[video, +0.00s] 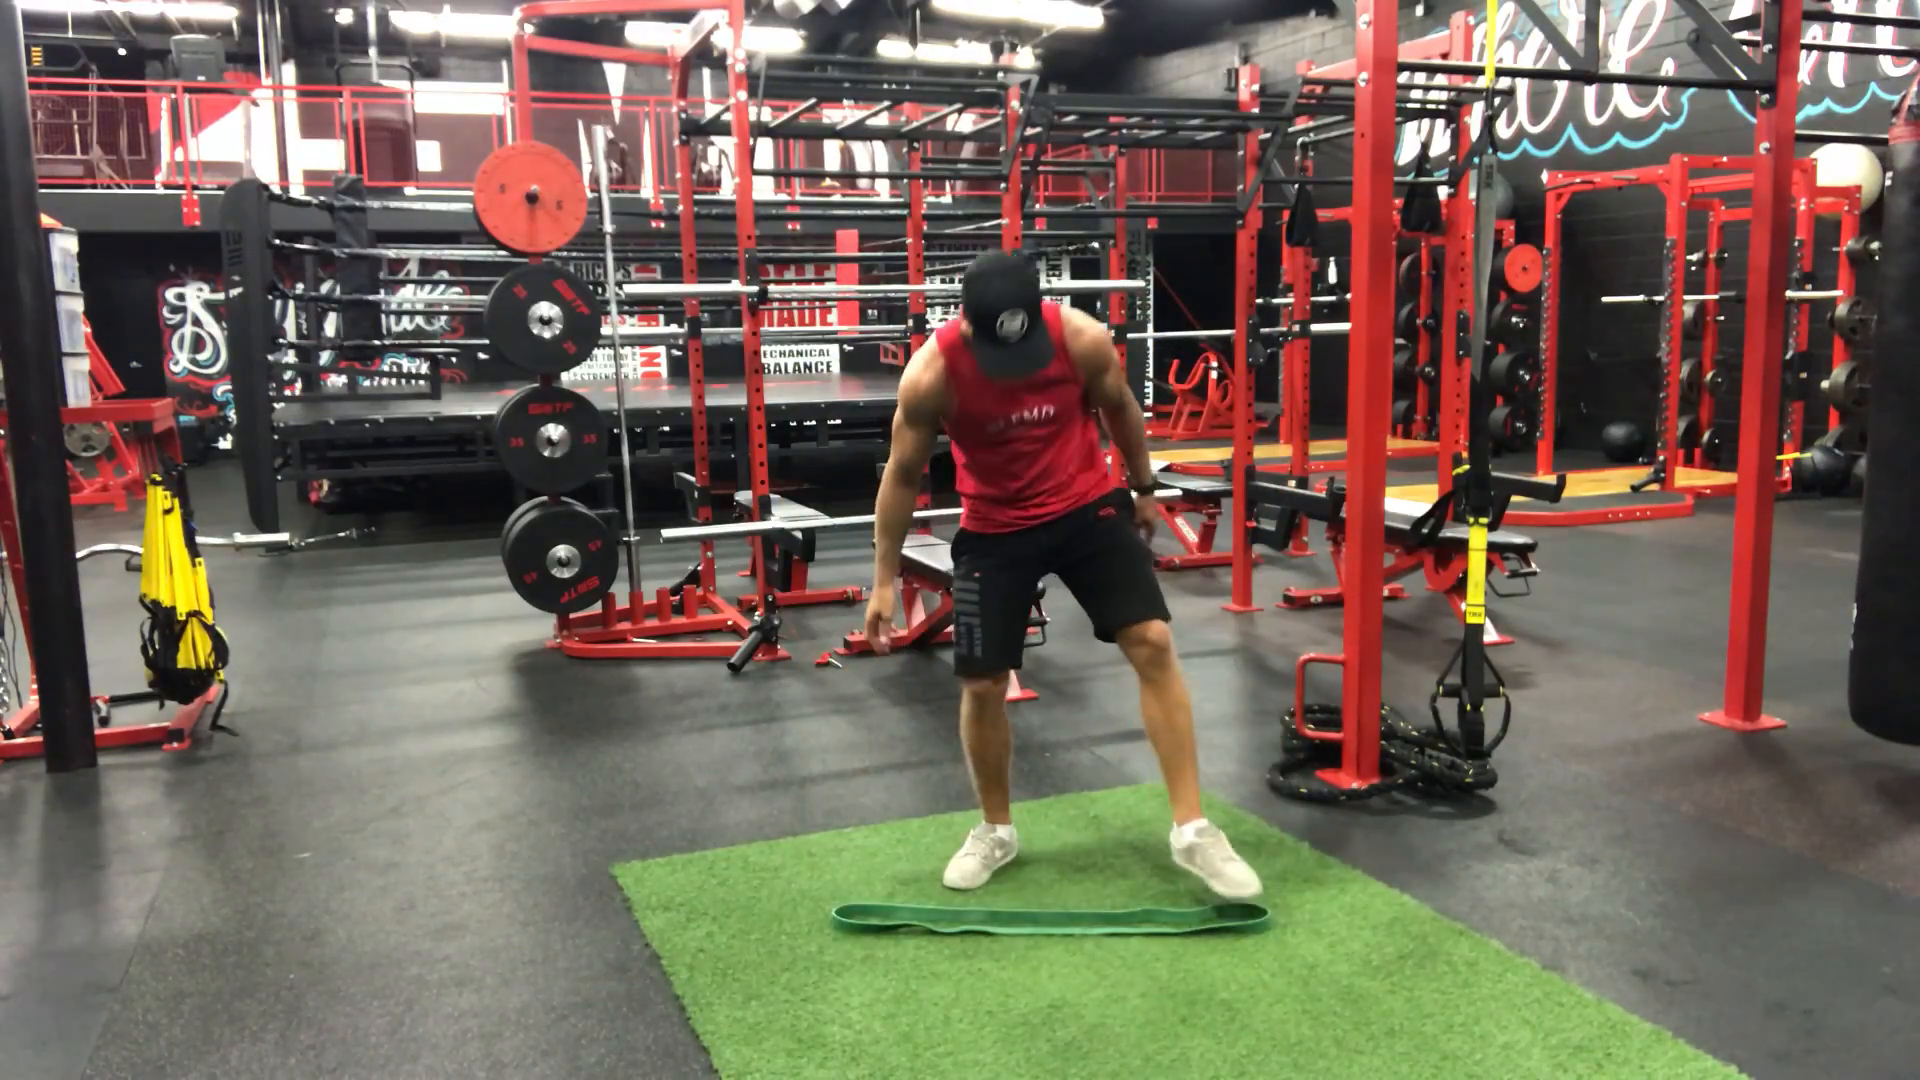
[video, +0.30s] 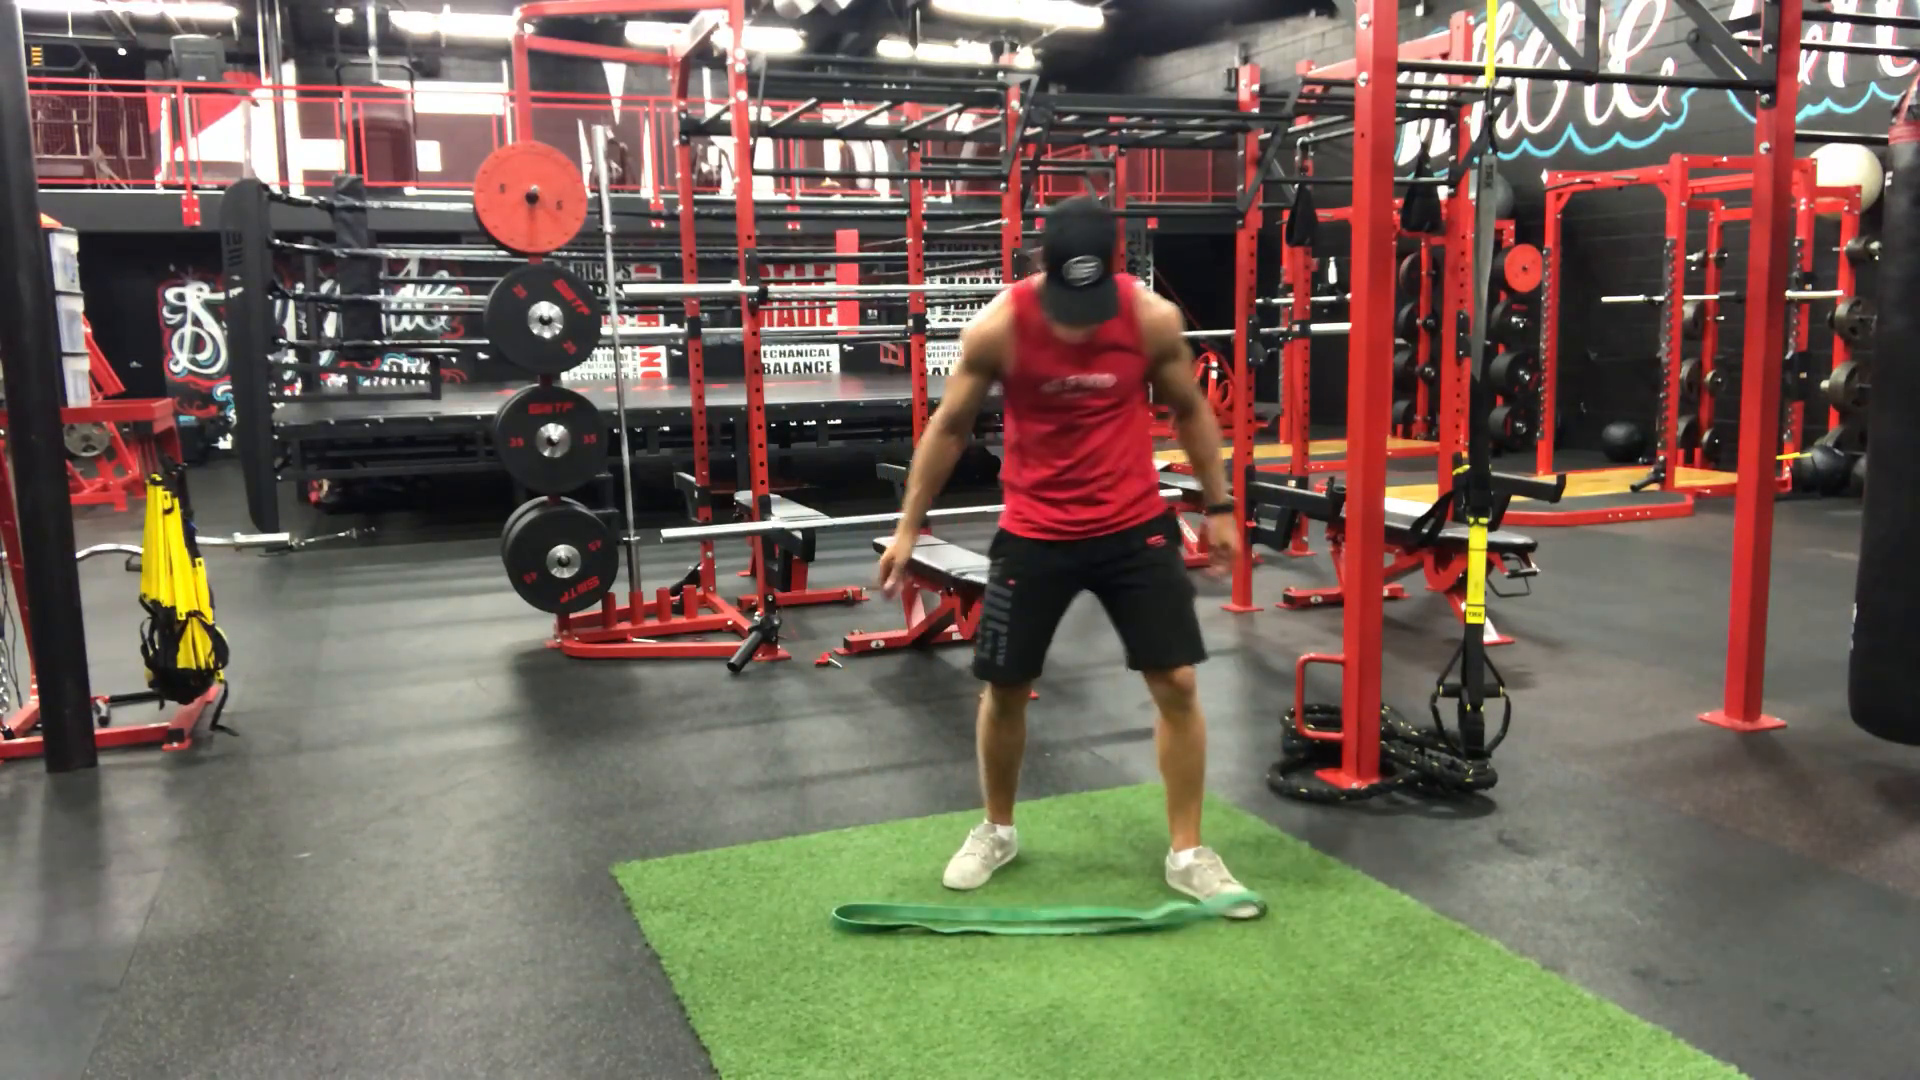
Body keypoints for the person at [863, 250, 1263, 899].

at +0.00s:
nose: (1013, 358)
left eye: (1023, 341)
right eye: (997, 347)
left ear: (1039, 314)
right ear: (968, 324)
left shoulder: (1085, 344)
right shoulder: (929, 377)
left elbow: (1121, 410)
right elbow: (901, 477)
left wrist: (1144, 490)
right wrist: (883, 579)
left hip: (1088, 513)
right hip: (994, 531)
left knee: (1153, 641)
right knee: (983, 683)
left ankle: (1192, 827)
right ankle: (995, 829)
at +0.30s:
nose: (1081, 314)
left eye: (1094, 298)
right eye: (1068, 298)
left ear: (1116, 271)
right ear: (1042, 271)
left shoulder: (1153, 320)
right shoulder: (997, 328)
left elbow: (1191, 409)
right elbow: (946, 427)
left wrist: (1219, 506)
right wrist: (906, 528)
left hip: (1134, 530)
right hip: (1034, 535)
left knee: (1178, 684)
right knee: (1002, 688)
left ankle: (1188, 850)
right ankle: (996, 831)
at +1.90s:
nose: (1040, 314)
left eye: (1053, 299)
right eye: (1027, 300)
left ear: (1077, 271)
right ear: (1002, 271)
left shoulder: (1120, 318)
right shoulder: (959, 325)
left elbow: (1183, 408)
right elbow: (911, 428)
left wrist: (1250, 491)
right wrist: (868, 531)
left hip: (1100, 547)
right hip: (989, 551)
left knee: (1159, 702)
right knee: (933, 708)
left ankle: (1201, 861)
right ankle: (892, 865)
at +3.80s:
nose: (1056, 364)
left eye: (1071, 349)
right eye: (1043, 349)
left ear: (1098, 318)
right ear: (1019, 317)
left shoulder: (1137, 363)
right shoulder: (975, 373)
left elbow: (1204, 462)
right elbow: (923, 488)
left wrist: (1215, 561)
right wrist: (914, 608)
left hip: (1110, 557)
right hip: (1001, 559)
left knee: (1183, 697)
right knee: (930, 704)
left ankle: (1242, 862)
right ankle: (874, 863)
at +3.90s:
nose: (1061, 437)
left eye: (1076, 426)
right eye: (1047, 426)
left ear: (1104, 395)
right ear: (1024, 393)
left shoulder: (1143, 412)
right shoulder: (981, 421)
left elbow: (1191, 515)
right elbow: (940, 553)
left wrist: (1193, 622)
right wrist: (952, 677)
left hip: (1109, 564)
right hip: (1000, 567)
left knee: (1187, 696)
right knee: (927, 703)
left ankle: (1243, 864)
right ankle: (873, 861)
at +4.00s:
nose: (1065, 532)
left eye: (1080, 523)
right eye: (1050, 524)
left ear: (1107, 478)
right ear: (1026, 481)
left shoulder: (1143, 458)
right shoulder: (985, 489)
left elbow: (1177, 553)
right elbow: (967, 627)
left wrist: (1168, 657)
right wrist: (984, 748)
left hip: (1112, 566)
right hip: (1005, 572)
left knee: (1192, 694)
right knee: (922, 701)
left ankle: (1243, 863)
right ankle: (872, 860)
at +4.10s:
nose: (1061, 603)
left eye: (1076, 590)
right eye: (1047, 591)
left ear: (1109, 544)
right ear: (1025, 552)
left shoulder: (1145, 501)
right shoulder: (989, 559)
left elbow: (1166, 576)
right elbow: (989, 694)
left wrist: (1150, 671)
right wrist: (1012, 809)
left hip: (1116, 574)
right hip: (1003, 577)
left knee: (1195, 692)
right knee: (922, 703)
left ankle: (1243, 862)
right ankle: (872, 861)